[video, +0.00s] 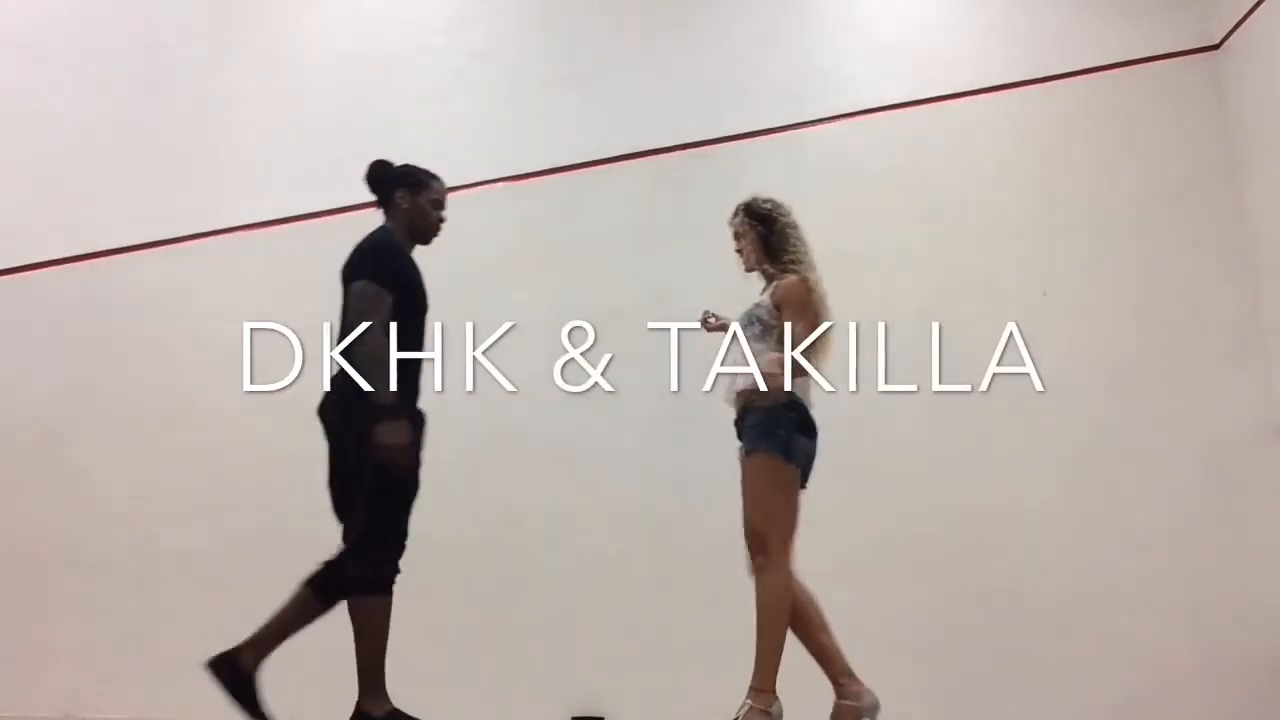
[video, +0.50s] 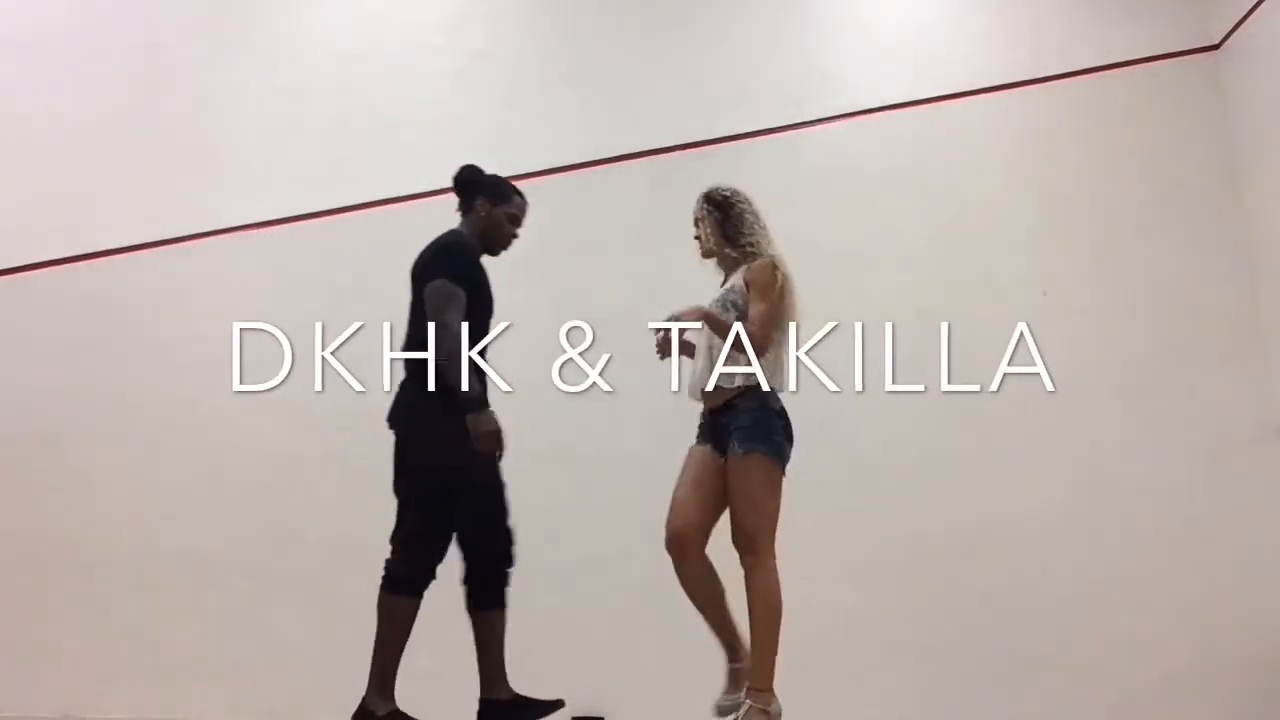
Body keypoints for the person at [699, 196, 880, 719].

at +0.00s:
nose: (736, 246)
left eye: (740, 236)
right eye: (734, 238)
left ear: (764, 235)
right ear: (760, 239)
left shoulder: (791, 286)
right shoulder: (776, 292)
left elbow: (806, 354)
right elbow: (772, 352)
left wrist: (759, 381)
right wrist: (730, 329)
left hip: (777, 422)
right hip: (763, 422)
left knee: (769, 558)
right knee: (769, 564)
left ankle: (762, 698)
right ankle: (850, 689)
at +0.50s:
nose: (696, 233)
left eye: (702, 223)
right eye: (696, 225)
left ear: (726, 224)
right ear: (716, 229)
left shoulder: (761, 271)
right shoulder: (725, 284)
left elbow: (758, 340)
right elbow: (720, 361)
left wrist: (707, 317)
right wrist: (684, 349)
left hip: (756, 416)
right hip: (716, 421)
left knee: (755, 549)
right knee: (682, 541)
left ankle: (762, 694)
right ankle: (737, 657)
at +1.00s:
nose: (681, 247)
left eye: (687, 236)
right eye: (679, 238)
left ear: (714, 234)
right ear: (689, 244)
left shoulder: (765, 282)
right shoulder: (687, 298)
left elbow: (795, 357)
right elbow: (672, 379)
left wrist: (755, 351)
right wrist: (662, 335)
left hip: (736, 430)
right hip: (682, 429)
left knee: (708, 549)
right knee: (686, 559)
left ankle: (727, 689)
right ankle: (700, 694)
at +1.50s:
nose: (705, 241)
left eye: (713, 231)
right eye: (701, 235)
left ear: (739, 234)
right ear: (699, 244)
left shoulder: (780, 296)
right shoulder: (696, 296)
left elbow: (794, 362)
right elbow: (673, 368)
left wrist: (789, 387)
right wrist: (691, 309)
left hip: (773, 431)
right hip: (713, 431)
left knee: (782, 555)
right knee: (709, 553)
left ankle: (788, 692)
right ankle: (705, 693)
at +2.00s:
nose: (740, 250)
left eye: (747, 240)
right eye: (734, 243)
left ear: (771, 240)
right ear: (729, 250)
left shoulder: (810, 300)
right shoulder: (726, 305)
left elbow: (827, 375)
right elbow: (708, 376)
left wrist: (801, 365)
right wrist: (727, 369)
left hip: (798, 430)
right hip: (740, 431)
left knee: (801, 556)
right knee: (745, 533)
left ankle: (794, 695)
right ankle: (755, 678)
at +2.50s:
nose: (726, 246)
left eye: (732, 235)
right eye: (717, 240)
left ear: (755, 233)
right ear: (711, 248)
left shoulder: (798, 290)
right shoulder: (713, 298)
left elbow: (835, 353)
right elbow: (694, 367)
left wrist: (802, 327)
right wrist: (703, 372)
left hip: (773, 431)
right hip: (713, 427)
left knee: (782, 555)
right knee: (708, 552)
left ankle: (789, 695)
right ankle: (706, 691)